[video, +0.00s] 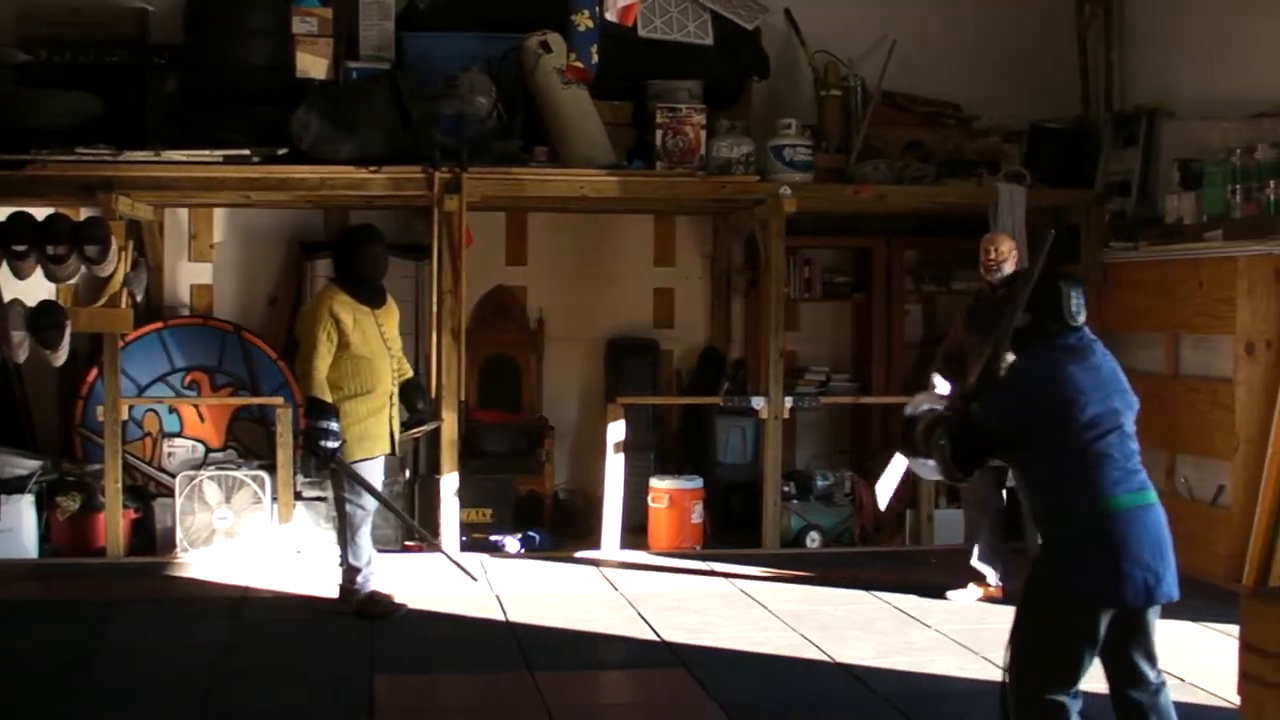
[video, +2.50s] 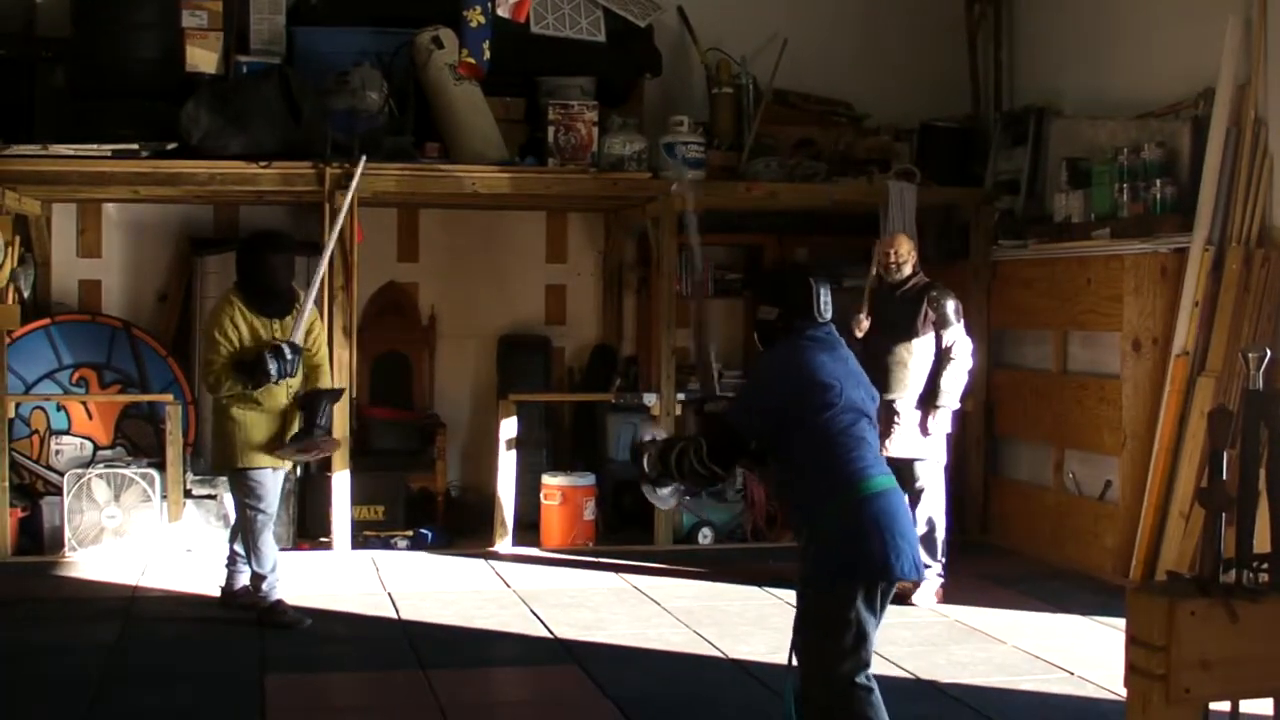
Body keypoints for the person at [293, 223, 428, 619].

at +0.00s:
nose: (382, 264)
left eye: (383, 255)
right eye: (374, 256)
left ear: (383, 258)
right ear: (352, 259)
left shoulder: (386, 305)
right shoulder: (327, 305)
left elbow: (395, 357)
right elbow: (314, 368)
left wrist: (414, 396)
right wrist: (322, 425)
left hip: (381, 423)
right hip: (351, 427)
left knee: (366, 502)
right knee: (360, 504)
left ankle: (354, 580)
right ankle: (358, 586)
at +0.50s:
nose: (327, 266)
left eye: (328, 257)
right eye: (318, 258)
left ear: (331, 262)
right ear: (295, 262)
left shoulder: (333, 306)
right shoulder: (270, 306)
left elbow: (345, 360)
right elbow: (249, 365)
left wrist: (361, 394)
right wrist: (246, 418)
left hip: (325, 419)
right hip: (292, 419)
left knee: (307, 499)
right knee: (313, 495)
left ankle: (291, 582)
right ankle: (304, 585)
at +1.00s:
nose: (296, 274)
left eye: (297, 266)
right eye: (287, 266)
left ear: (298, 268)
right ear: (263, 268)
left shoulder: (301, 310)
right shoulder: (232, 313)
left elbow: (308, 369)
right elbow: (212, 378)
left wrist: (315, 424)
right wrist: (206, 438)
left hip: (285, 429)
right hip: (248, 431)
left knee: (262, 512)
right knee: (263, 514)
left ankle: (239, 587)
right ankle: (262, 598)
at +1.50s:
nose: (291, 276)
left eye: (294, 268)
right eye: (283, 268)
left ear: (295, 268)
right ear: (259, 271)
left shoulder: (299, 308)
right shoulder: (236, 313)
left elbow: (331, 342)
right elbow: (244, 365)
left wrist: (343, 386)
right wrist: (263, 407)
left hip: (277, 418)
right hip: (240, 419)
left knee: (253, 504)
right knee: (258, 507)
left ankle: (230, 583)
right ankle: (262, 596)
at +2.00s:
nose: (295, 277)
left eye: (296, 268)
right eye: (286, 269)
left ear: (297, 268)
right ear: (261, 271)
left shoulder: (301, 303)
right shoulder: (237, 313)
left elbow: (336, 330)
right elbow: (237, 373)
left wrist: (351, 348)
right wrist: (288, 367)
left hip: (284, 425)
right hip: (248, 424)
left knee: (261, 504)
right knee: (261, 505)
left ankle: (236, 583)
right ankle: (266, 593)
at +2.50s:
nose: (287, 274)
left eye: (289, 265)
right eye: (277, 266)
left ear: (292, 266)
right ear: (253, 269)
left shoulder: (303, 311)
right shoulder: (229, 314)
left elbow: (317, 368)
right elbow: (217, 380)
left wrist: (316, 417)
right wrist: (257, 373)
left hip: (286, 429)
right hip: (245, 429)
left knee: (260, 508)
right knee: (260, 508)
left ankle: (237, 582)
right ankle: (267, 594)